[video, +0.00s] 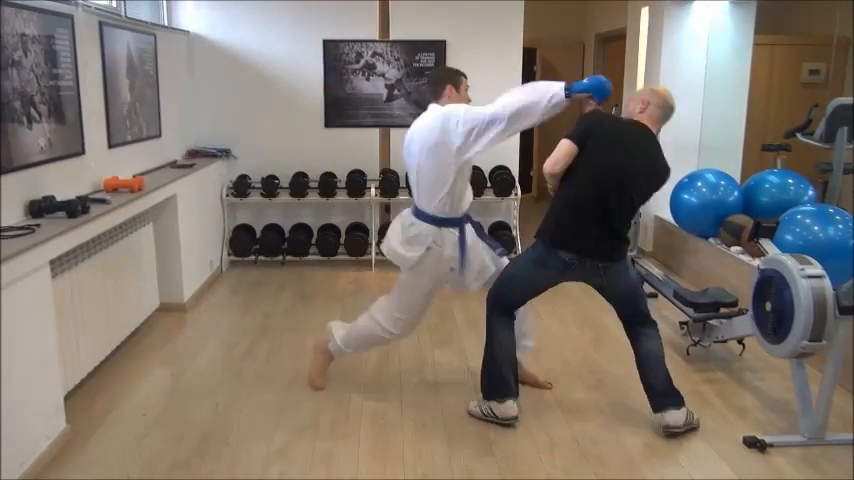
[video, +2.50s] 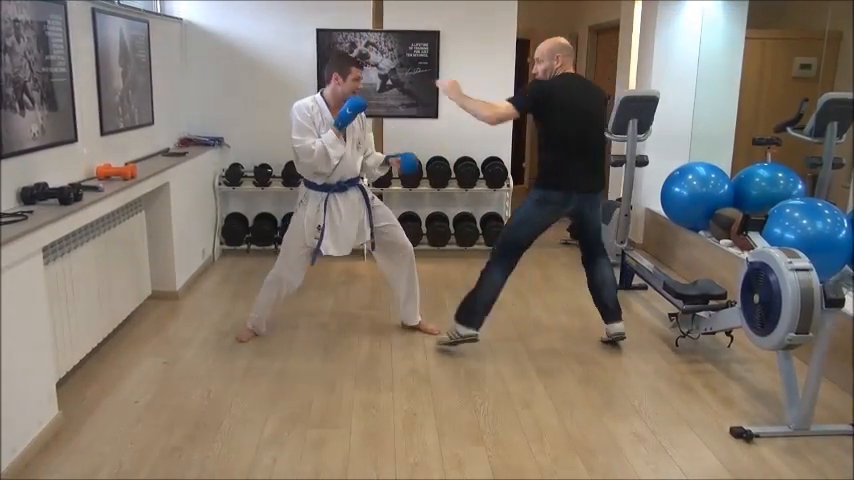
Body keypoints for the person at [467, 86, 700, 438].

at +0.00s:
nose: (625, 107)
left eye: (630, 102)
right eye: (630, 103)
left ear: (643, 105)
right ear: (662, 118)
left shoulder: (595, 121)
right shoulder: (660, 166)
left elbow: (552, 167)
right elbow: (625, 199)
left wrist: (556, 186)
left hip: (557, 248)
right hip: (609, 259)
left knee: (500, 303)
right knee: (641, 325)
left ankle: (501, 401)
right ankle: (671, 410)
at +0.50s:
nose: (652, 63)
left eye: (656, 55)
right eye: (654, 55)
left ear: (678, 60)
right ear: (697, 62)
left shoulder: (643, 110)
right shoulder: (725, 112)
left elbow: (617, 182)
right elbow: (694, 158)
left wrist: (603, 166)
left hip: (641, 234)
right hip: (693, 240)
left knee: (584, 299)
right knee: (702, 328)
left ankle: (599, 404)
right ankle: (724, 432)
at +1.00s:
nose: (567, 102)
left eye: (570, 94)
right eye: (567, 94)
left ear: (591, 97)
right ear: (613, 96)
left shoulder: (585, 153)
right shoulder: (657, 140)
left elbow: (556, 226)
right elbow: (633, 196)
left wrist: (532, 189)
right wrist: (587, 139)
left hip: (583, 271)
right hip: (635, 276)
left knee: (518, 335)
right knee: (633, 368)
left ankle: (521, 447)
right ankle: (638, 463)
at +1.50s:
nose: (565, 79)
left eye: (570, 71)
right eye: (567, 72)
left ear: (591, 74)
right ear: (600, 74)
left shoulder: (590, 115)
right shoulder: (626, 112)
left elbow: (570, 181)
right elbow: (607, 165)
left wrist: (534, 169)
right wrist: (571, 133)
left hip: (603, 235)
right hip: (635, 229)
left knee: (582, 332)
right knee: (618, 303)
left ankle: (578, 442)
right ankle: (643, 387)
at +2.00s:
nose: (574, 62)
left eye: (579, 56)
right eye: (574, 56)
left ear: (600, 54)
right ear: (604, 54)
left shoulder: (599, 90)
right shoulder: (628, 87)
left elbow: (604, 147)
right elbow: (598, 134)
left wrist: (568, 160)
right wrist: (575, 103)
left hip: (603, 198)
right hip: (624, 194)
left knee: (574, 270)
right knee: (611, 261)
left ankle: (615, 353)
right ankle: (626, 334)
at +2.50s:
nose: (533, 69)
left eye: (538, 62)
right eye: (534, 62)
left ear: (559, 61)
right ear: (565, 62)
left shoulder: (543, 89)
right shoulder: (597, 92)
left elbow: (495, 115)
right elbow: (600, 140)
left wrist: (457, 95)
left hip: (554, 188)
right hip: (592, 190)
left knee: (506, 249)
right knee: (595, 252)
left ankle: (467, 324)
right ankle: (614, 322)